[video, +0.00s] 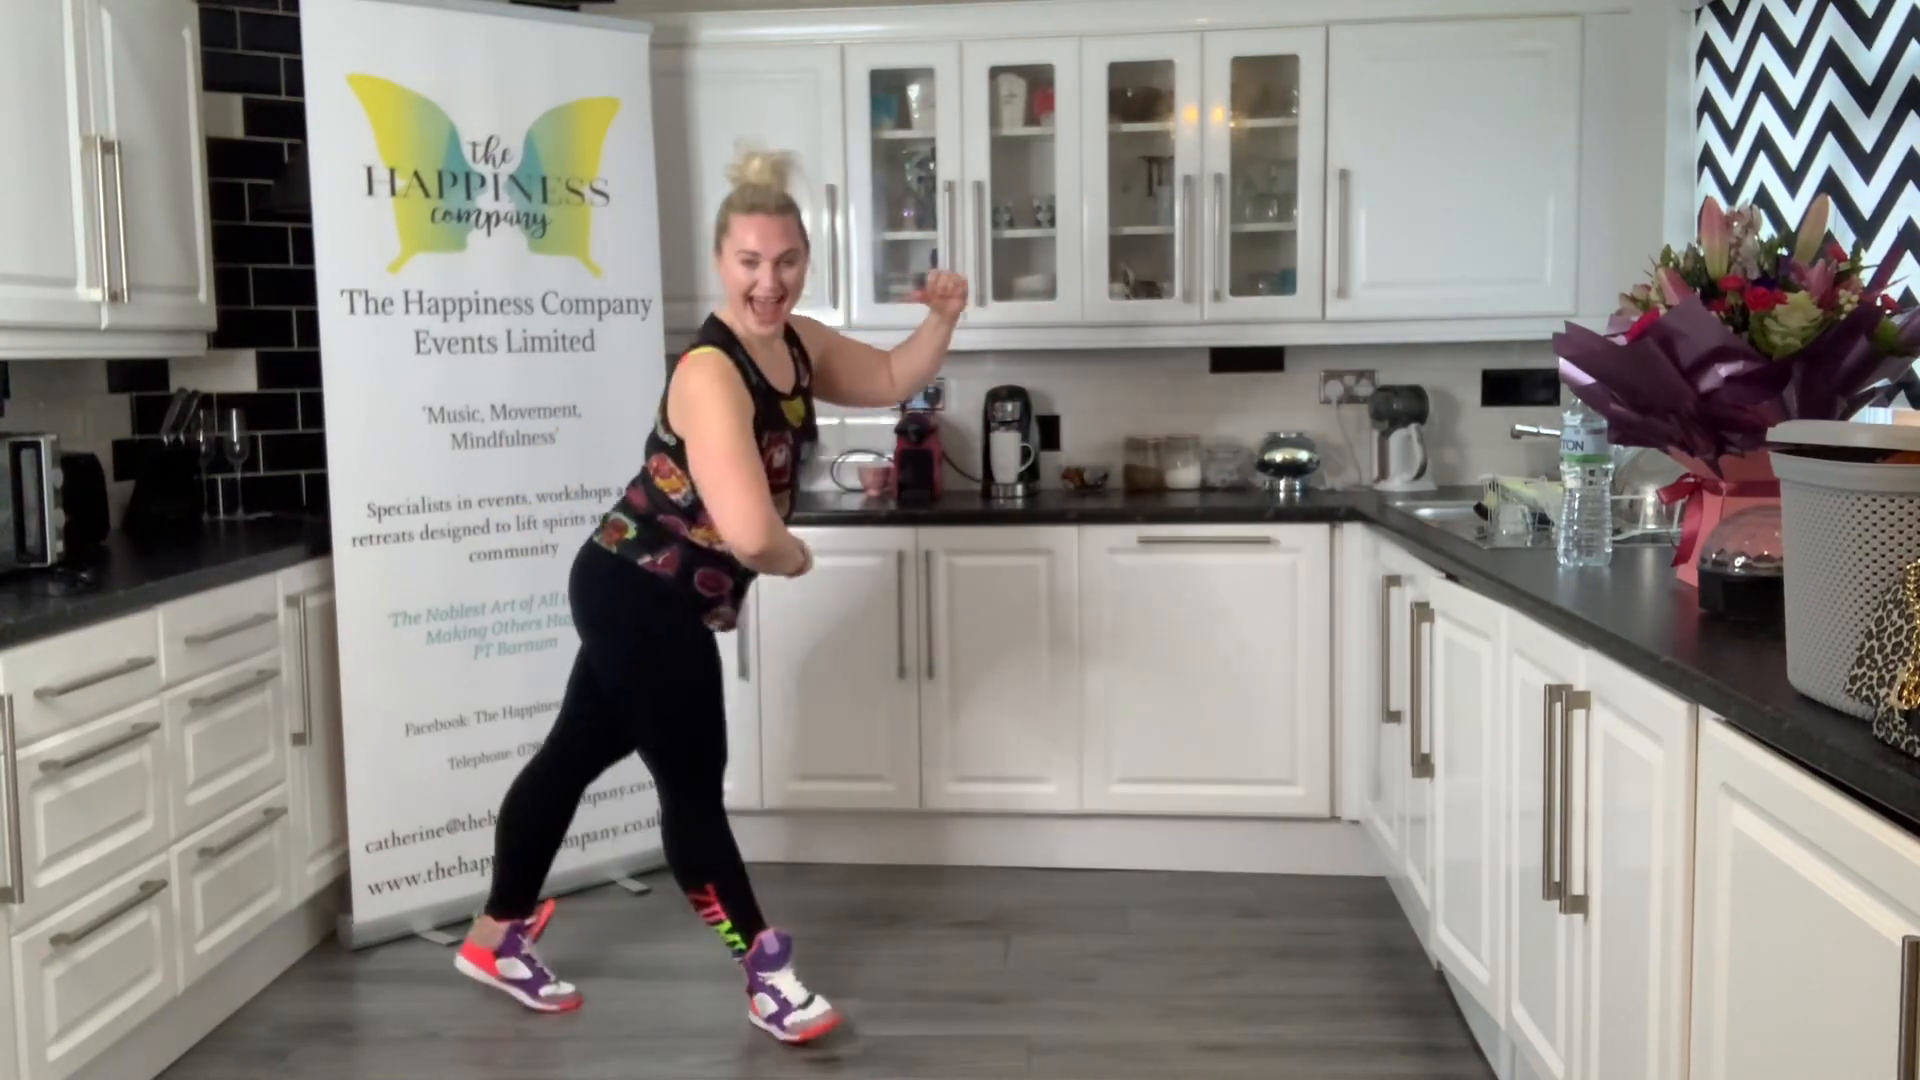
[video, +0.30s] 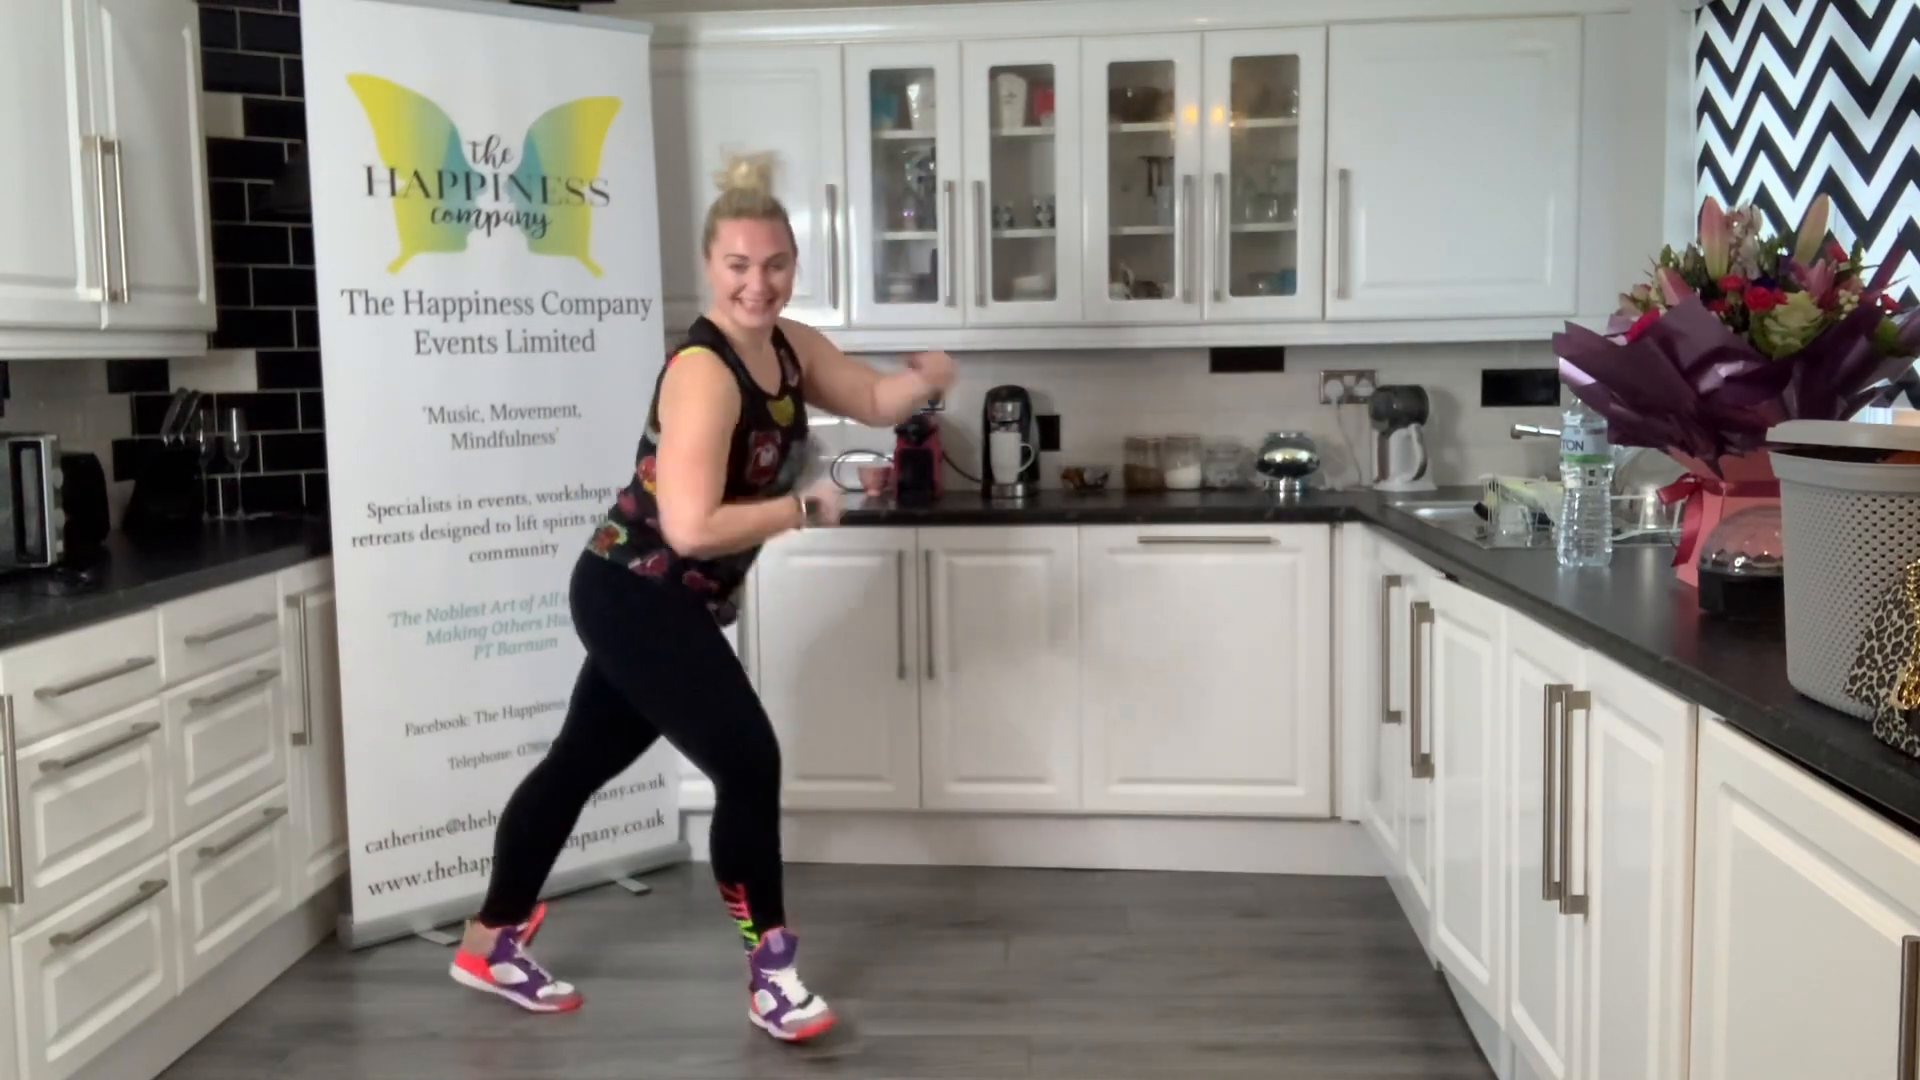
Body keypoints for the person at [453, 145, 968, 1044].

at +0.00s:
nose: (769, 278)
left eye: (785, 259)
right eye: (749, 260)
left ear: (806, 257)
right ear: (719, 260)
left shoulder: (798, 342)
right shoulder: (710, 373)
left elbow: (888, 380)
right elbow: (750, 535)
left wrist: (942, 317)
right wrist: (790, 555)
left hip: (669, 588)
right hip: (640, 590)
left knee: (569, 760)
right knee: (693, 778)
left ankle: (496, 935)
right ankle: (764, 970)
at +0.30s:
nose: (757, 281)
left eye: (774, 263)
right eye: (737, 264)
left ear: (795, 265)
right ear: (707, 267)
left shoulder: (794, 345)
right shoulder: (703, 372)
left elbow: (873, 400)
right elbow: (690, 527)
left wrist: (921, 384)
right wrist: (801, 509)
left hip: (678, 595)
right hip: (633, 591)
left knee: (577, 765)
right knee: (748, 759)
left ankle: (491, 942)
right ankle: (771, 974)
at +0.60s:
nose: (830, 261)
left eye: (846, 243)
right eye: (810, 244)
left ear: (868, 244)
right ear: (781, 247)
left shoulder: (892, 334)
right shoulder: (769, 355)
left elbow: (977, 418)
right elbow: (688, 484)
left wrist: (1065, 484)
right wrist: (617, 597)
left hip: (815, 585)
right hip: (728, 584)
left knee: (880, 744)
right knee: (780, 773)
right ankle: (781, 975)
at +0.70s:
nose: (860, 269)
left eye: (877, 249)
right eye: (840, 251)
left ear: (900, 248)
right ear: (813, 253)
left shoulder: (927, 342)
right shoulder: (797, 365)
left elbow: (1020, 417)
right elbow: (710, 490)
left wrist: (1115, 480)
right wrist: (628, 596)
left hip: (860, 589)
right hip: (766, 596)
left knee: (951, 734)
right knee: (811, 773)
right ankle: (783, 980)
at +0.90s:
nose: (931, 264)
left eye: (947, 244)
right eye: (911, 247)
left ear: (973, 245)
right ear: (887, 253)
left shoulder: (1031, 329)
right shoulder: (870, 359)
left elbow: (1147, 382)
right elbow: (767, 468)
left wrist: (1256, 442)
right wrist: (675, 558)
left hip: (984, 591)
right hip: (874, 593)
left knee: (1029, 776)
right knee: (865, 780)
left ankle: (1067, 955)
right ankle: (806, 969)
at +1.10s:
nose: (994, 245)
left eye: (1011, 225)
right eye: (975, 228)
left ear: (1036, 225)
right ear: (949, 233)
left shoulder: (1093, 298)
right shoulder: (921, 333)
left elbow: (1222, 329)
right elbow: (793, 388)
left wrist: (1227, 382)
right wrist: (806, 500)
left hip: (1067, 575)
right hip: (948, 576)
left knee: (1084, 767)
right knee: (940, 767)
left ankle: (1096, 940)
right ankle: (945, 934)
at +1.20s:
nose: (1024, 253)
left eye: (1040, 235)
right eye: (1005, 236)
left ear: (1065, 234)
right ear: (978, 239)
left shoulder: (1122, 311)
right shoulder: (950, 340)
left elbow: (1218, 396)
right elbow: (838, 404)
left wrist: (1137, 408)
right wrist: (884, 498)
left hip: (1099, 581)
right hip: (986, 579)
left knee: (1100, 766)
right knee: (969, 767)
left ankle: (1144, 941)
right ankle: (951, 941)